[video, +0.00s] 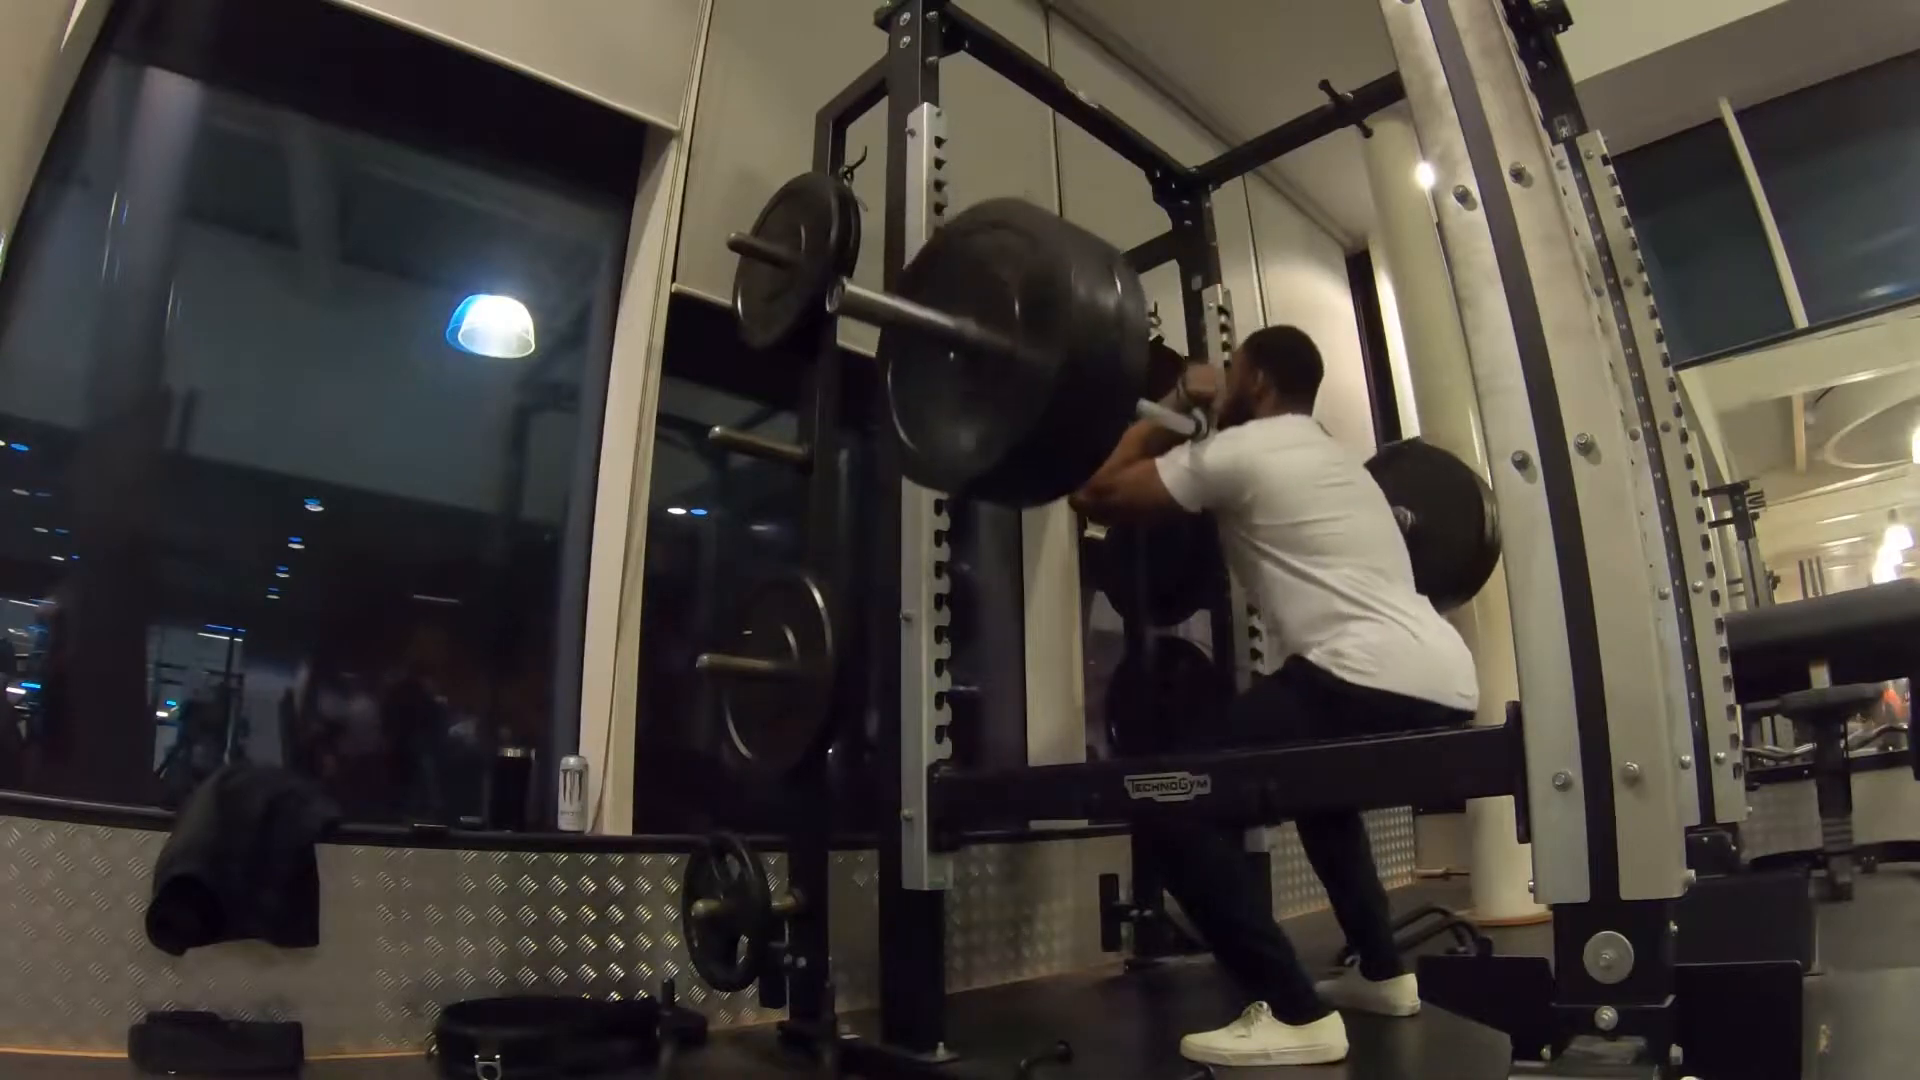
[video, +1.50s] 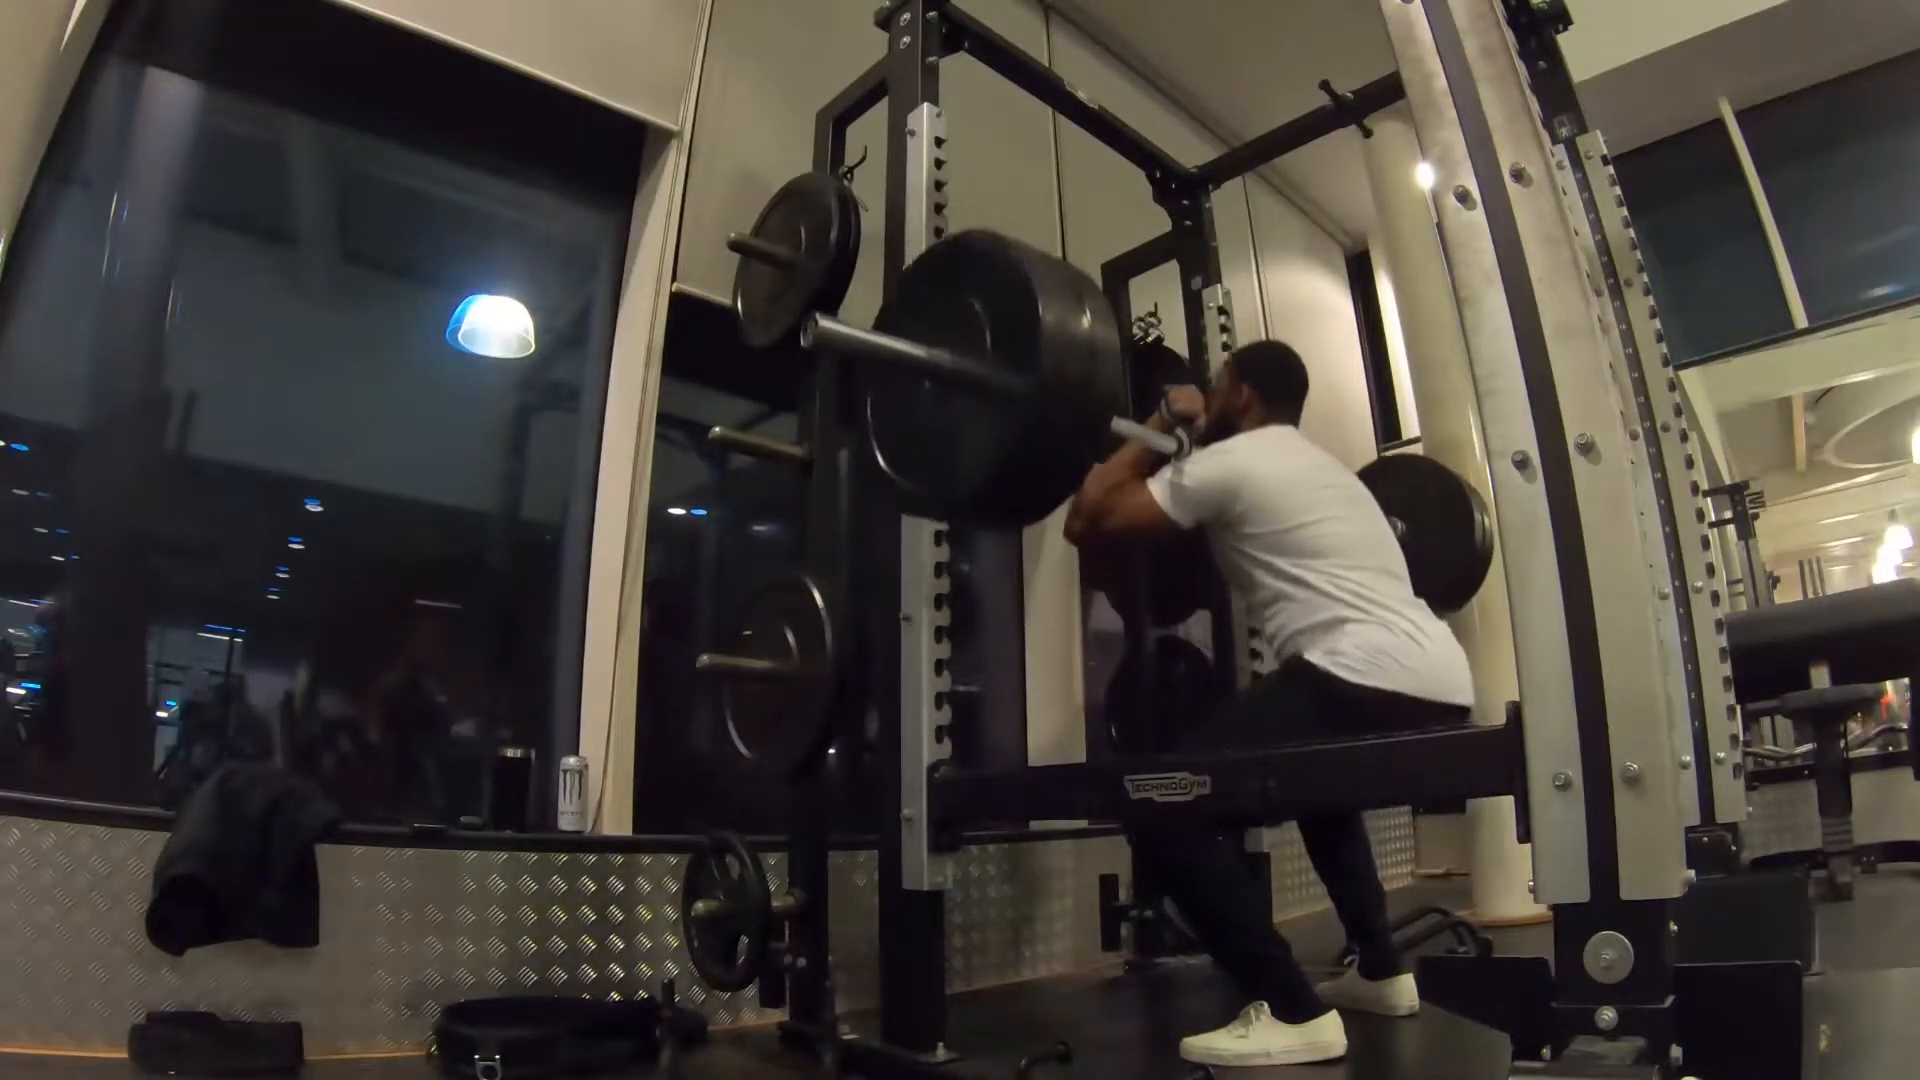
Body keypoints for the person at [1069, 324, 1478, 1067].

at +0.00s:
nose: (1223, 385)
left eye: (1232, 372)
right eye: (1226, 371)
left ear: (1259, 382)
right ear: (1302, 390)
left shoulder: (1241, 453)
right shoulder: (1338, 454)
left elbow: (1104, 490)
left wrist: (1155, 421)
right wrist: (1213, 410)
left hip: (1357, 678)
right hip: (1448, 689)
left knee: (1173, 798)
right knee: (1311, 781)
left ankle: (1292, 1013)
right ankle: (1384, 972)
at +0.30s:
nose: (1225, 452)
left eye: (1232, 441)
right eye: (1227, 439)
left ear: (1254, 450)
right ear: (1304, 456)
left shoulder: (1240, 528)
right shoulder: (1333, 517)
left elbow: (1107, 569)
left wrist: (1166, 486)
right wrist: (1221, 477)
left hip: (1363, 757)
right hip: (1456, 752)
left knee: (1151, 811)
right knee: (1286, 777)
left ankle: (1295, 1013)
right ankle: (1381, 969)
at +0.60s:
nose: (1222, 511)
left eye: (1229, 500)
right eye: (1225, 499)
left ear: (1260, 508)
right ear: (1310, 512)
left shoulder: (1245, 588)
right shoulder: (1337, 573)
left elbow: (1111, 639)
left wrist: (1174, 542)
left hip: (1385, 828)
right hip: (1460, 830)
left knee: (1156, 821)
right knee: (1307, 783)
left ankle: (1293, 1013)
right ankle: (1383, 972)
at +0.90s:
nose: (1224, 537)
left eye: (1232, 525)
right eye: (1226, 525)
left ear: (1262, 535)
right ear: (1311, 538)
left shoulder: (1247, 615)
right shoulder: (1340, 599)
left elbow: (1122, 666)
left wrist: (1171, 570)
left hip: (1392, 862)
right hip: (1465, 861)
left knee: (1159, 831)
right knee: (1307, 795)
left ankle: (1292, 1012)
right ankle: (1381, 970)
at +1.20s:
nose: (1221, 484)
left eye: (1229, 472)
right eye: (1224, 470)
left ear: (1251, 480)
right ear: (1299, 484)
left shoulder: (1237, 553)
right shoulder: (1335, 543)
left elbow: (1109, 607)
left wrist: (1156, 518)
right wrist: (1217, 517)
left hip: (1377, 777)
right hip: (1464, 770)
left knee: (1167, 822)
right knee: (1295, 789)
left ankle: (1293, 1013)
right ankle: (1382, 970)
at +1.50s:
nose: (1212, 401)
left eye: (1219, 389)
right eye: (1215, 388)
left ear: (1243, 395)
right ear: (1290, 402)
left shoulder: (1232, 464)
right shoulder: (1325, 464)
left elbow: (1089, 514)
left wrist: (1153, 434)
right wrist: (1200, 431)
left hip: (1352, 681)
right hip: (1443, 692)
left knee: (1167, 800)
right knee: (1315, 782)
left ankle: (1291, 1012)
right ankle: (1383, 970)